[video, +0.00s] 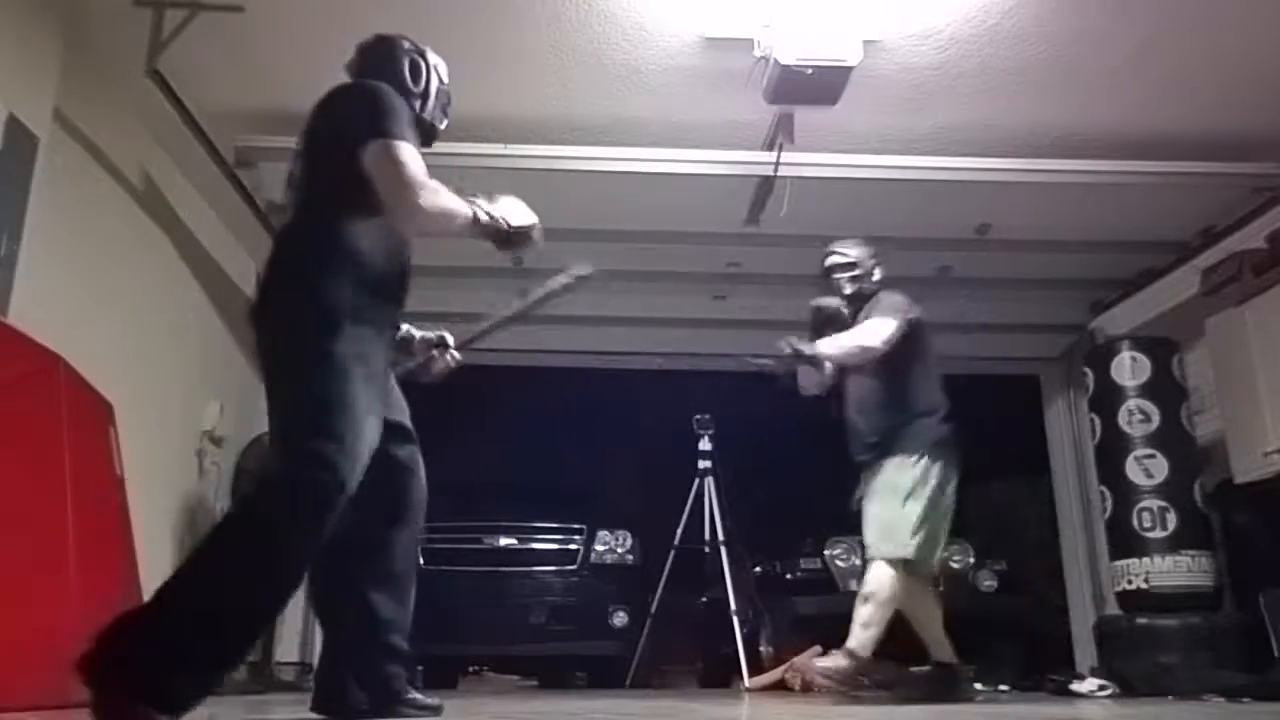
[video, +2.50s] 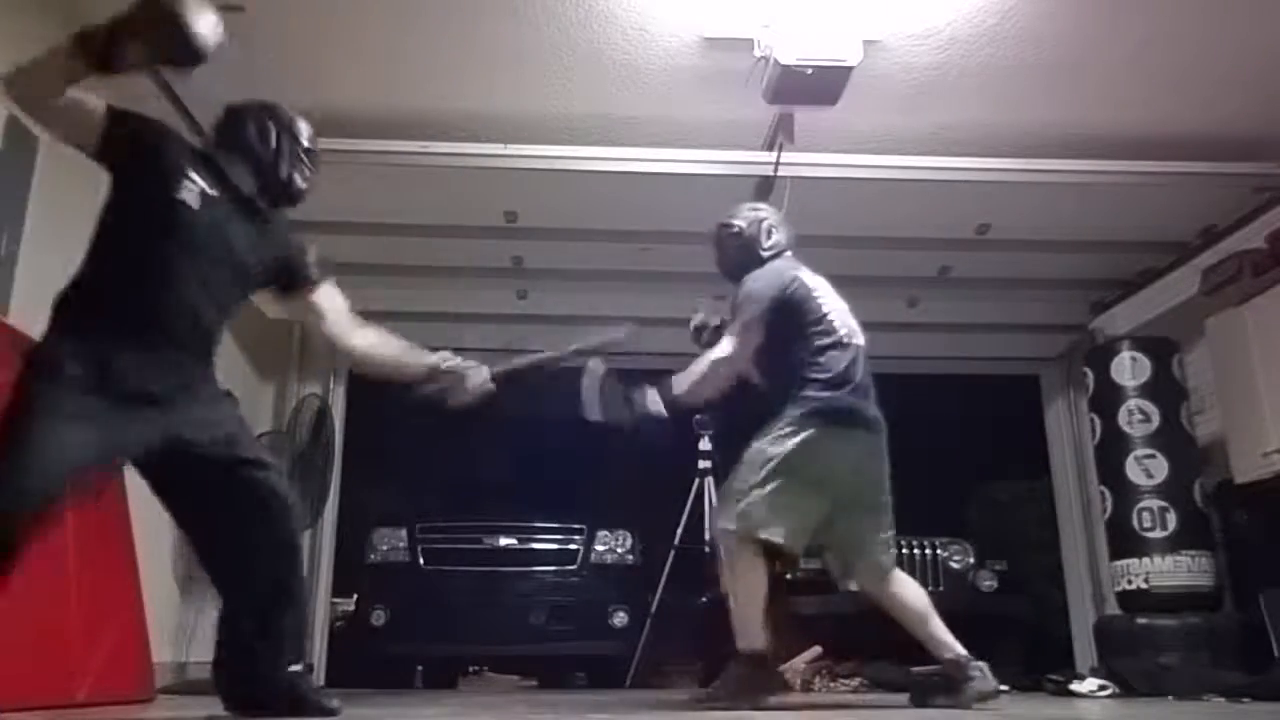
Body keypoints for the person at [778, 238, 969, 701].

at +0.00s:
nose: (841, 279)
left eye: (850, 269)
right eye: (833, 272)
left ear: (874, 269)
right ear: (828, 278)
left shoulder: (894, 303)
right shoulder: (838, 322)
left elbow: (871, 342)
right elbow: (818, 382)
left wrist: (812, 350)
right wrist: (799, 361)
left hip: (917, 448)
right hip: (881, 456)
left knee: (887, 550)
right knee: (902, 563)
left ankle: (854, 655)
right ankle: (947, 664)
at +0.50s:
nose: (803, 276)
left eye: (812, 267)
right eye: (794, 270)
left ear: (836, 270)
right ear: (786, 279)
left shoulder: (859, 307)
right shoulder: (798, 325)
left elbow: (862, 348)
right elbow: (773, 396)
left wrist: (797, 348)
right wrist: (770, 351)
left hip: (872, 445)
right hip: (841, 452)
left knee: (815, 524)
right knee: (857, 567)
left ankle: (823, 658)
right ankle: (932, 661)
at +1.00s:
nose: (777, 263)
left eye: (787, 252)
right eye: (767, 254)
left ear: (809, 257)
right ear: (755, 263)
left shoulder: (830, 308)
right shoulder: (762, 318)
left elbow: (836, 366)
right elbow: (738, 353)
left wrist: (777, 361)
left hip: (823, 442)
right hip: (786, 446)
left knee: (767, 515)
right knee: (807, 574)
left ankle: (776, 659)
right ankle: (880, 660)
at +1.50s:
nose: (705, 227)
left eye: (716, 218)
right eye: (696, 219)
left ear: (741, 228)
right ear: (684, 232)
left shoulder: (749, 272)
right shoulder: (717, 282)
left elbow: (679, 303)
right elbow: (668, 350)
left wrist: (646, 293)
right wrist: (664, 309)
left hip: (778, 426)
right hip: (763, 429)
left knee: (711, 532)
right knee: (758, 572)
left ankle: (710, 674)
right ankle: (857, 639)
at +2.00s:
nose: (714, 223)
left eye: (725, 213)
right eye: (707, 216)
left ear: (754, 217)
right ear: (701, 227)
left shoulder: (768, 254)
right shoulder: (733, 275)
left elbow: (714, 295)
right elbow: (722, 364)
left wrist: (655, 306)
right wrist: (695, 325)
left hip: (804, 408)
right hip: (807, 413)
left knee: (737, 525)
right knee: (810, 555)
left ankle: (729, 670)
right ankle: (886, 669)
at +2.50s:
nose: (719, 244)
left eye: (730, 234)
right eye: (721, 235)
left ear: (763, 238)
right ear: (771, 241)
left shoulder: (766, 281)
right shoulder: (805, 280)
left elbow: (728, 361)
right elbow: (778, 363)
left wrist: (668, 394)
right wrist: (719, 346)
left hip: (815, 420)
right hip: (865, 429)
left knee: (736, 522)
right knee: (869, 563)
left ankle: (752, 663)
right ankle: (962, 666)